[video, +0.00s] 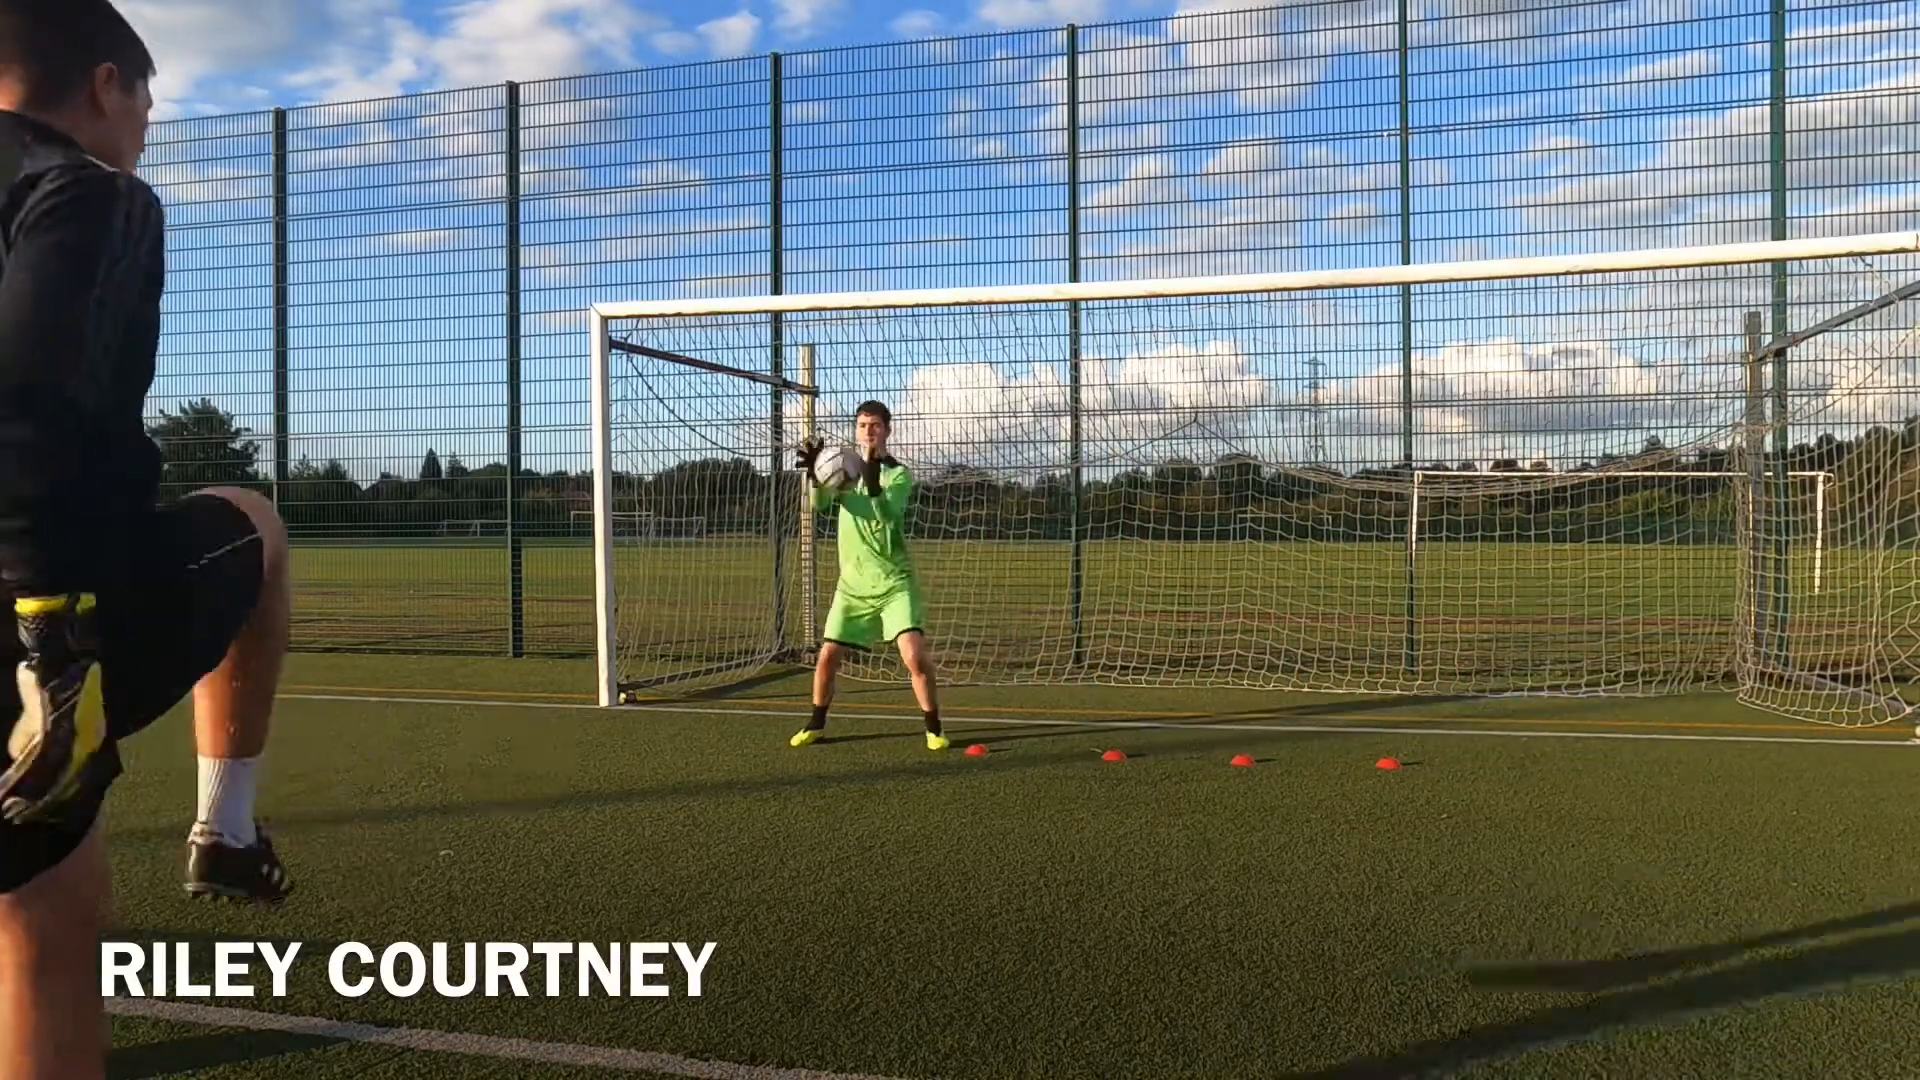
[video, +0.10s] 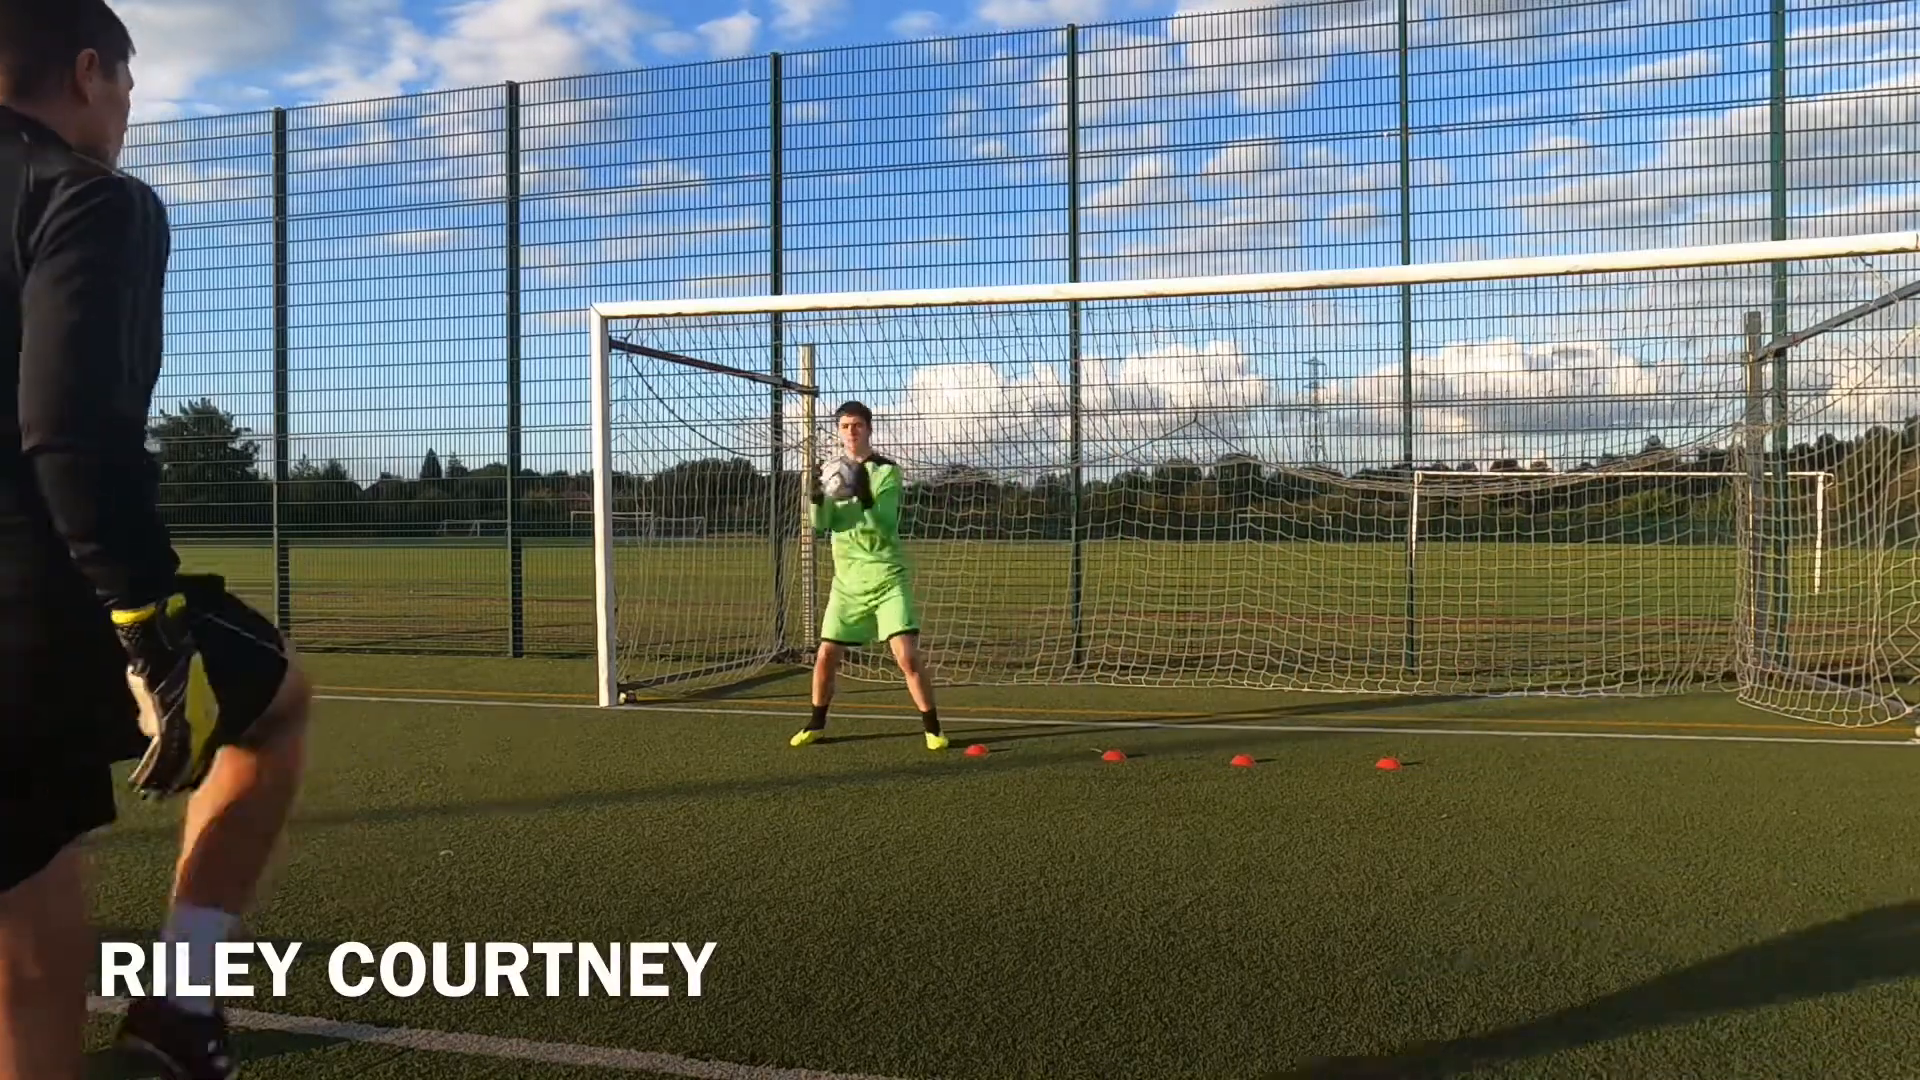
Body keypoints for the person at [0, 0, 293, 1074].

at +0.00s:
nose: (144, 135)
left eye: (149, 112)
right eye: (144, 109)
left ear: (14, 91)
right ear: (100, 89)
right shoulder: (88, 193)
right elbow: (41, 401)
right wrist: (47, 628)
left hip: (20, 636)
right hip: (53, 632)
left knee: (45, 963)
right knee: (251, 521)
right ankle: (229, 829)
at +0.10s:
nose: (127, 113)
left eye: (126, 88)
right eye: (124, 87)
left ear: (18, 77)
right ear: (86, 75)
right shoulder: (86, 197)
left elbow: (63, 427)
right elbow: (71, 424)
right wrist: (147, 616)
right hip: (42, 593)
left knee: (36, 953)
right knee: (270, 700)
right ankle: (186, 999)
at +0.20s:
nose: (111, 103)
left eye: (108, 77)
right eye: (106, 75)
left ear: (28, 70)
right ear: (69, 65)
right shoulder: (86, 211)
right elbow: (124, 451)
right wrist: (213, 623)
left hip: (7, 647)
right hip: (70, 635)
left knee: (30, 977)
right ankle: (121, 1057)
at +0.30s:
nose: (94, 76)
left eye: (90, 50)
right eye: (87, 48)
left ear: (26, 52)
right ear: (48, 50)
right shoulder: (84, 207)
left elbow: (151, 446)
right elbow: (153, 450)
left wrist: (242, 603)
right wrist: (245, 604)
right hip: (49, 656)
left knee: (20, 1012)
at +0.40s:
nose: (78, 64)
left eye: (74, 40)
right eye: (71, 38)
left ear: (14, 44)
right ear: (34, 38)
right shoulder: (70, 198)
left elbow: (146, 433)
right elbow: (146, 439)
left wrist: (247, 578)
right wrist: (249, 582)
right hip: (32, 633)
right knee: (27, 959)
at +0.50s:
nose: (71, 63)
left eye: (65, 39)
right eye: (62, 37)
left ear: (13, 40)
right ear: (27, 34)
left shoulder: (41, 192)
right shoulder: (51, 190)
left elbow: (108, 430)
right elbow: (108, 435)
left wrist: (223, 558)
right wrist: (224, 560)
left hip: (15, 633)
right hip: (10, 634)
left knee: (13, 893)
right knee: (9, 896)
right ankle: (17, 1056)